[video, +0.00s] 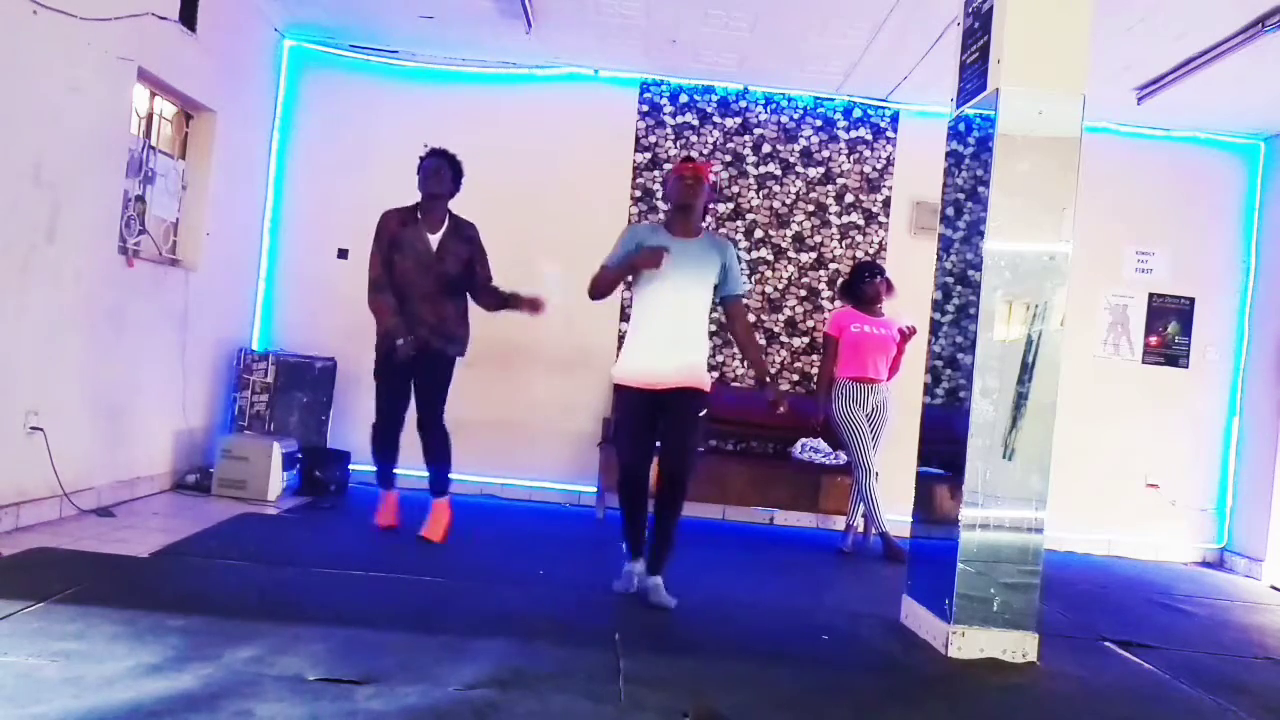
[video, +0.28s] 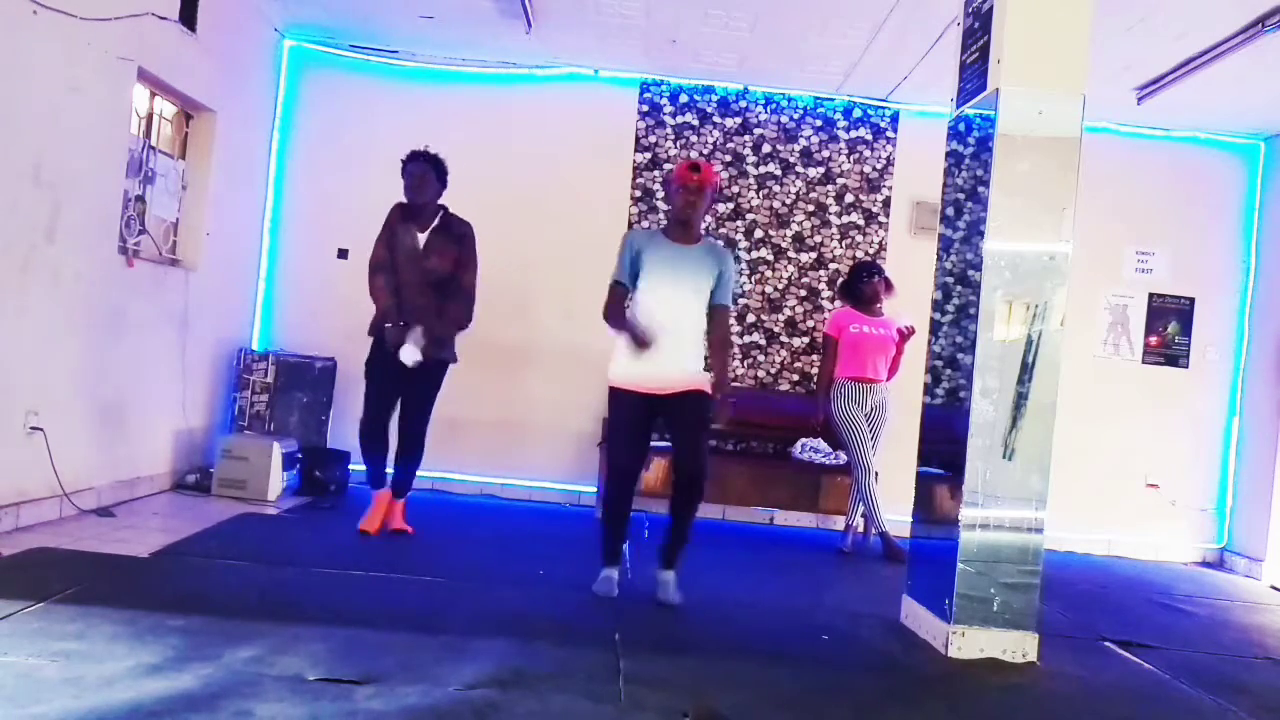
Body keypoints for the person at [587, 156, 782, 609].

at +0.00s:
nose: (686, 187)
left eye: (695, 182)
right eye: (679, 180)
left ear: (708, 195)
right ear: (665, 189)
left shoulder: (721, 250)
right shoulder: (638, 236)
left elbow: (738, 320)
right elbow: (596, 290)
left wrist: (767, 380)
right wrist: (631, 263)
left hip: (688, 379)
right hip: (635, 375)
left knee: (675, 478)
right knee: (632, 471)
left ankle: (655, 574)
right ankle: (634, 558)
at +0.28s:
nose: (689, 198)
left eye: (698, 192)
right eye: (683, 189)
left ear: (710, 200)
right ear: (669, 193)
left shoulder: (720, 258)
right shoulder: (638, 241)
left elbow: (720, 326)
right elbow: (612, 308)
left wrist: (720, 387)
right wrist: (630, 328)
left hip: (688, 386)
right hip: (632, 384)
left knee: (692, 479)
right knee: (620, 475)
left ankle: (669, 568)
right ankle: (611, 565)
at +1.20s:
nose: (644, 187)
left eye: (653, 180)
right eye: (638, 179)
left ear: (669, 188)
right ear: (627, 187)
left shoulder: (692, 241)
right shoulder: (608, 245)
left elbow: (700, 314)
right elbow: (601, 315)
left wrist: (687, 376)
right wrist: (594, 379)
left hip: (665, 388)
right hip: (613, 385)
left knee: (676, 486)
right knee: (601, 480)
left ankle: (690, 578)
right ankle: (578, 571)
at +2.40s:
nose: (707, 196)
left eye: (718, 193)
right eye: (705, 187)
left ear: (734, 209)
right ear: (695, 191)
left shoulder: (734, 261)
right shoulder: (656, 233)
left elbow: (736, 331)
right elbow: (628, 293)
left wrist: (731, 396)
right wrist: (598, 352)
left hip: (688, 387)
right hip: (635, 377)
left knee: (674, 483)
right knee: (618, 474)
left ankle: (668, 574)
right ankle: (601, 567)